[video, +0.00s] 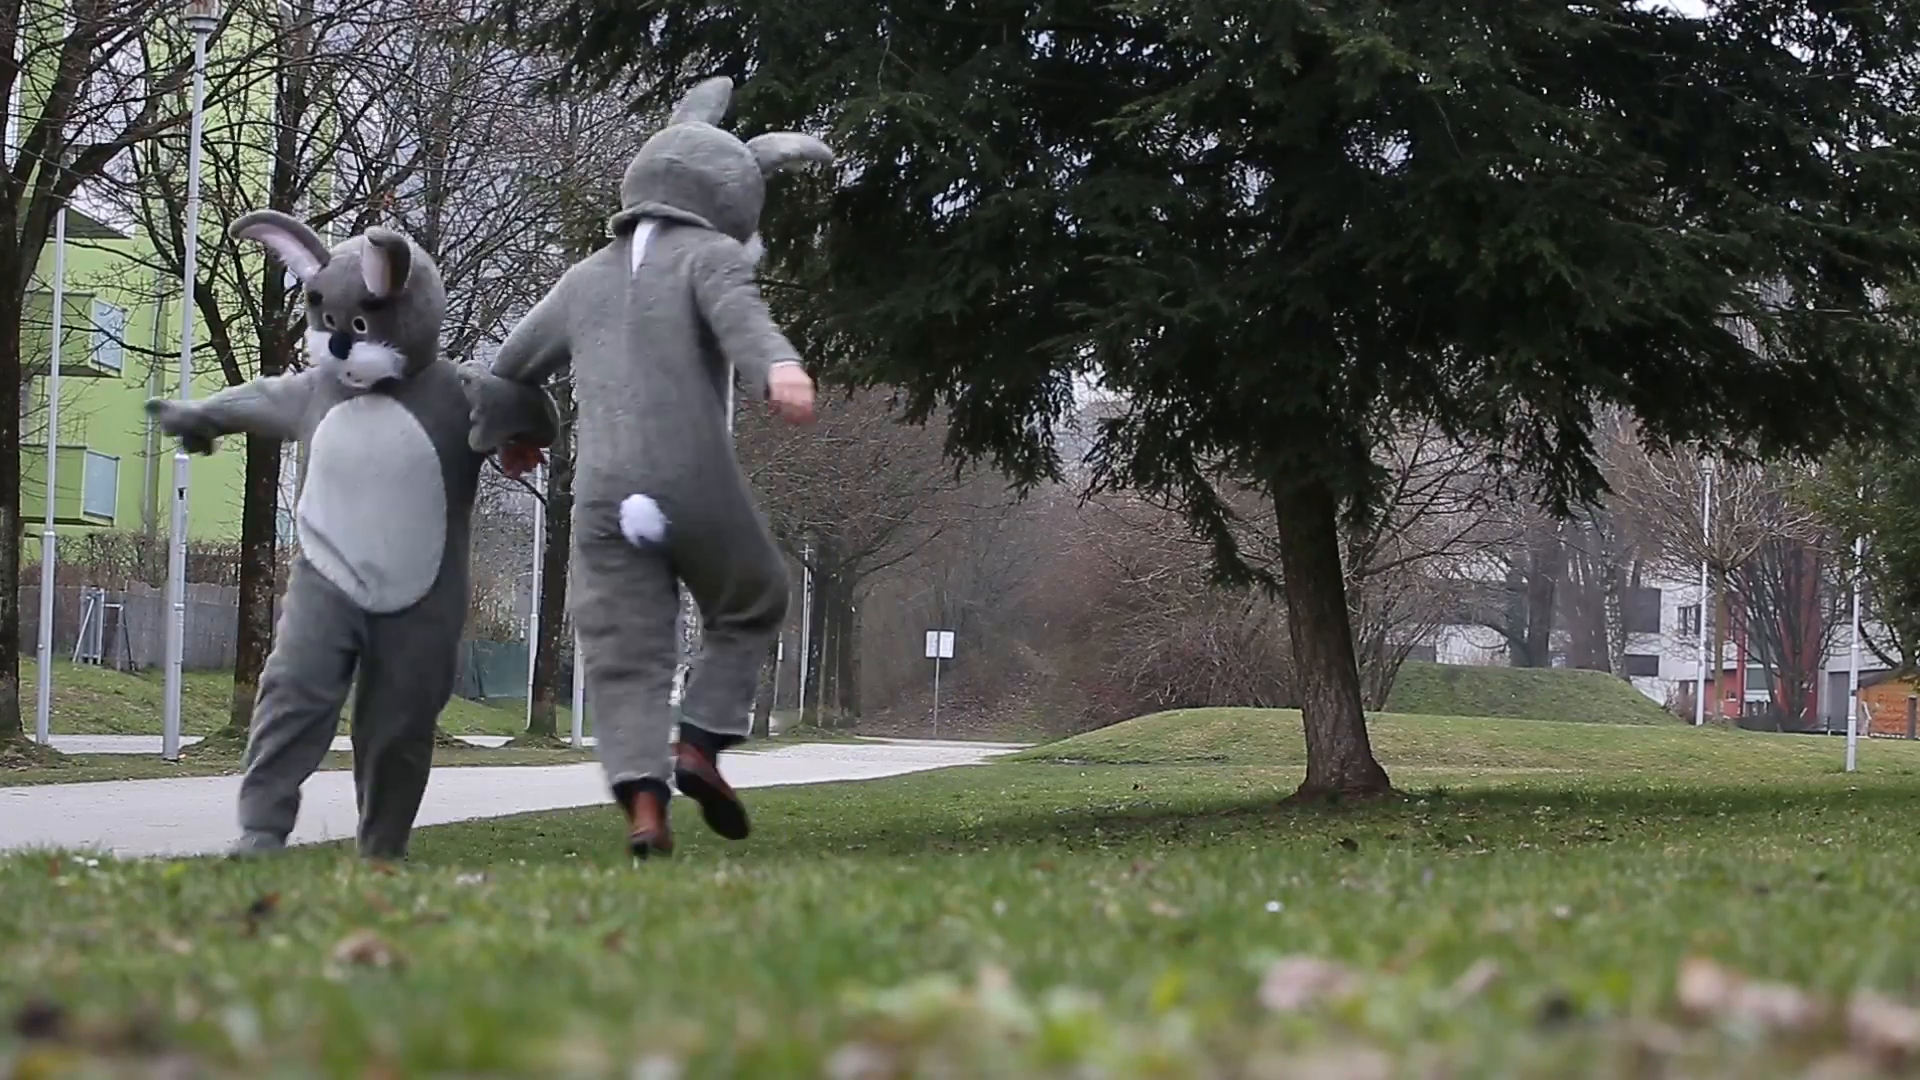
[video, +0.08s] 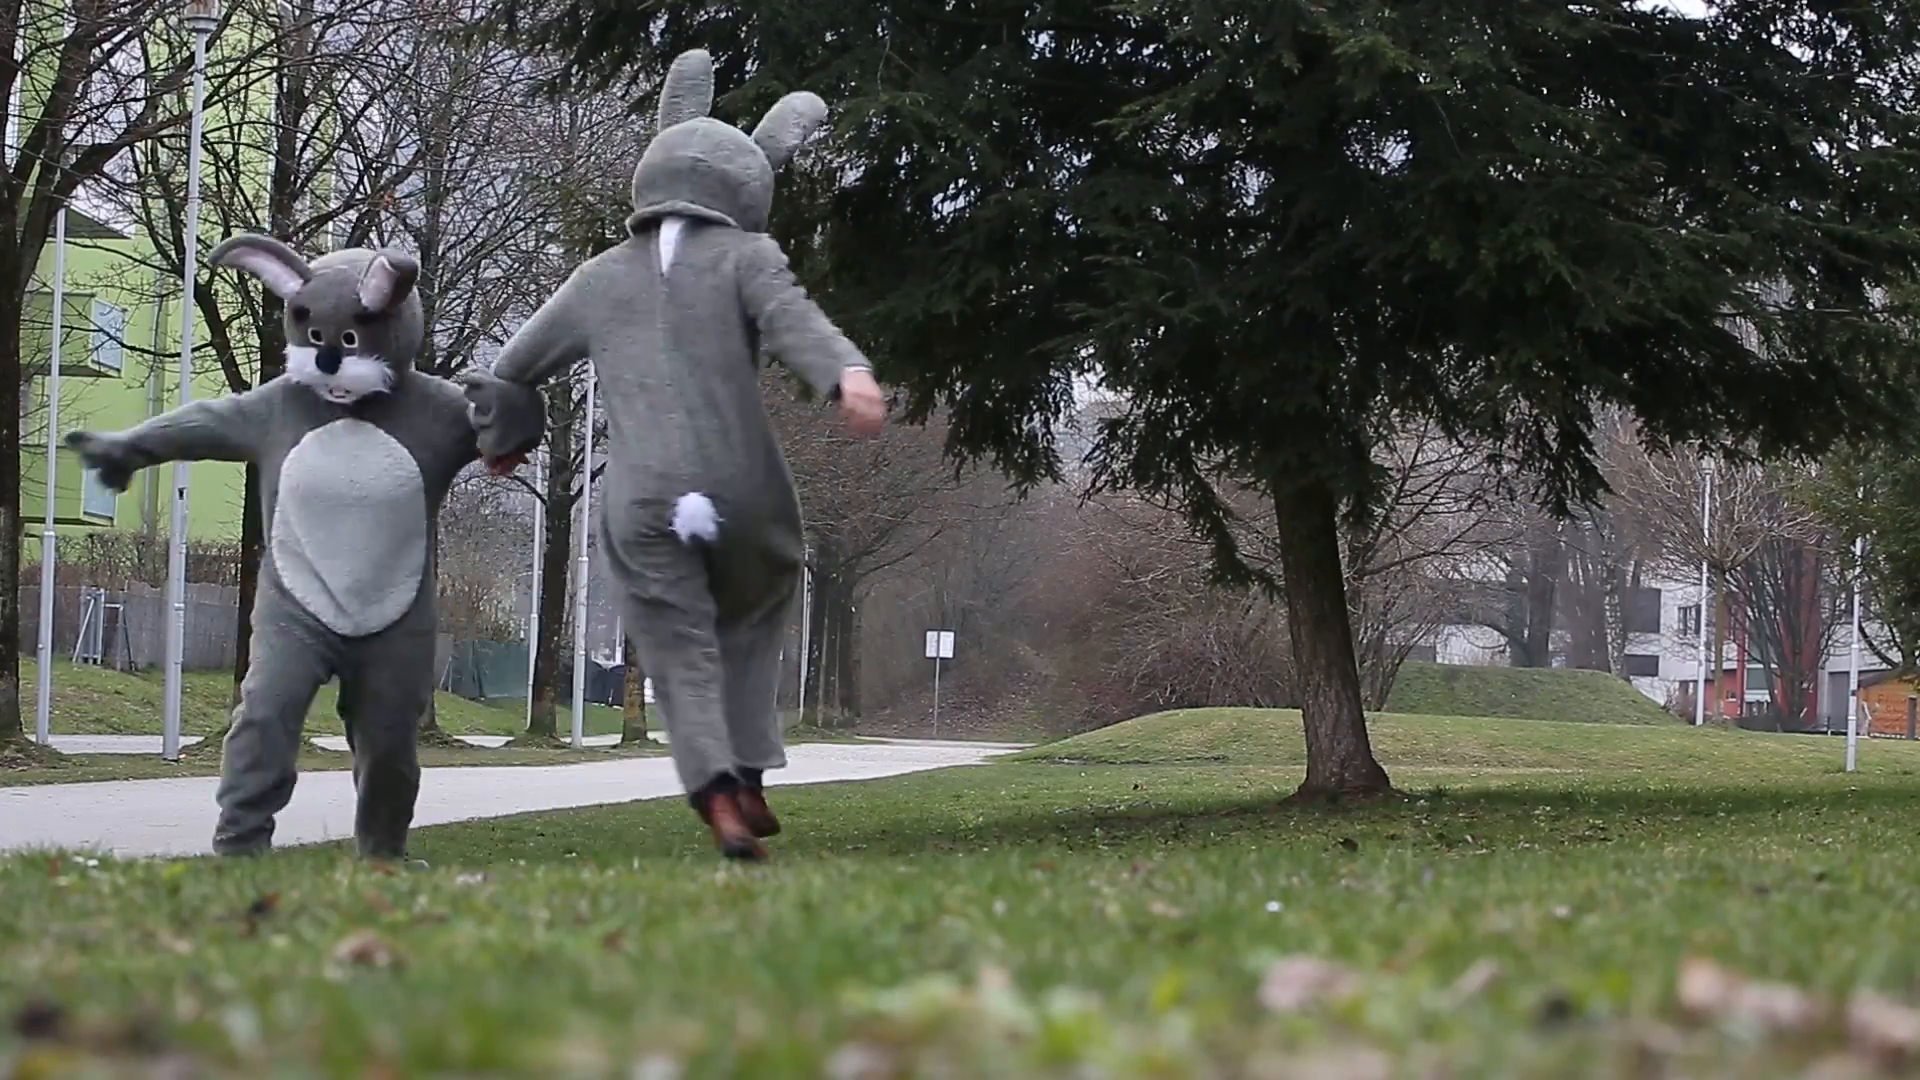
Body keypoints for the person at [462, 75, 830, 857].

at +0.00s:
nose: (747, 226)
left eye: (748, 214)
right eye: (745, 209)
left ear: (641, 193)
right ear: (724, 200)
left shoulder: (586, 274)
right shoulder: (708, 254)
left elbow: (509, 359)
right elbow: (734, 304)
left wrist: (514, 431)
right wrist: (777, 362)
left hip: (602, 483)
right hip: (690, 477)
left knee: (623, 655)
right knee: (750, 600)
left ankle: (646, 819)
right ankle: (700, 746)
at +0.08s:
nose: (758, 206)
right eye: (753, 193)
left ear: (649, 188)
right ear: (735, 193)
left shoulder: (601, 275)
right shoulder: (746, 254)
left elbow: (513, 364)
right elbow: (789, 316)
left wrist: (506, 435)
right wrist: (845, 370)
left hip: (640, 481)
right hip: (741, 475)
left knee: (680, 647)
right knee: (755, 616)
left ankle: (724, 810)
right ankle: (744, 776)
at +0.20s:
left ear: (657, 231)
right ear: (750, 229)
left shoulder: (620, 318)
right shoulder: (781, 303)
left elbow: (522, 376)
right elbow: (860, 362)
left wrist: (492, 423)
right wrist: (949, 407)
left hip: (695, 522)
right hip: (789, 508)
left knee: (748, 677)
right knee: (773, 668)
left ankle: (818, 827)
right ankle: (753, 804)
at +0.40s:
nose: (644, 280)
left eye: (650, 267)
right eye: (647, 267)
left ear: (669, 270)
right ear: (743, 265)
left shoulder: (652, 349)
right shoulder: (796, 347)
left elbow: (560, 381)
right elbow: (872, 417)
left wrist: (488, 391)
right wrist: (943, 467)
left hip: (718, 554)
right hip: (797, 547)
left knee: (750, 702)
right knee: (767, 698)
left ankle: (822, 806)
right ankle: (763, 845)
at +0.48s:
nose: (636, 272)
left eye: (641, 259)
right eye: (638, 259)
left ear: (661, 265)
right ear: (733, 258)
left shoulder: (659, 340)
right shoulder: (784, 339)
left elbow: (565, 371)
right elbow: (841, 413)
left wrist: (487, 386)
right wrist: (876, 462)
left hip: (710, 545)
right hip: (785, 540)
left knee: (705, 698)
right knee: (768, 708)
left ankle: (791, 772)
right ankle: (767, 846)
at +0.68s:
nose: (595, 273)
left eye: (601, 257)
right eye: (595, 256)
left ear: (632, 252)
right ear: (682, 245)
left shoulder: (639, 320)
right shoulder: (729, 320)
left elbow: (551, 369)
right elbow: (759, 398)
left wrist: (482, 403)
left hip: (683, 514)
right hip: (754, 513)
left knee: (620, 640)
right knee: (763, 684)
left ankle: (694, 793)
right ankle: (812, 831)